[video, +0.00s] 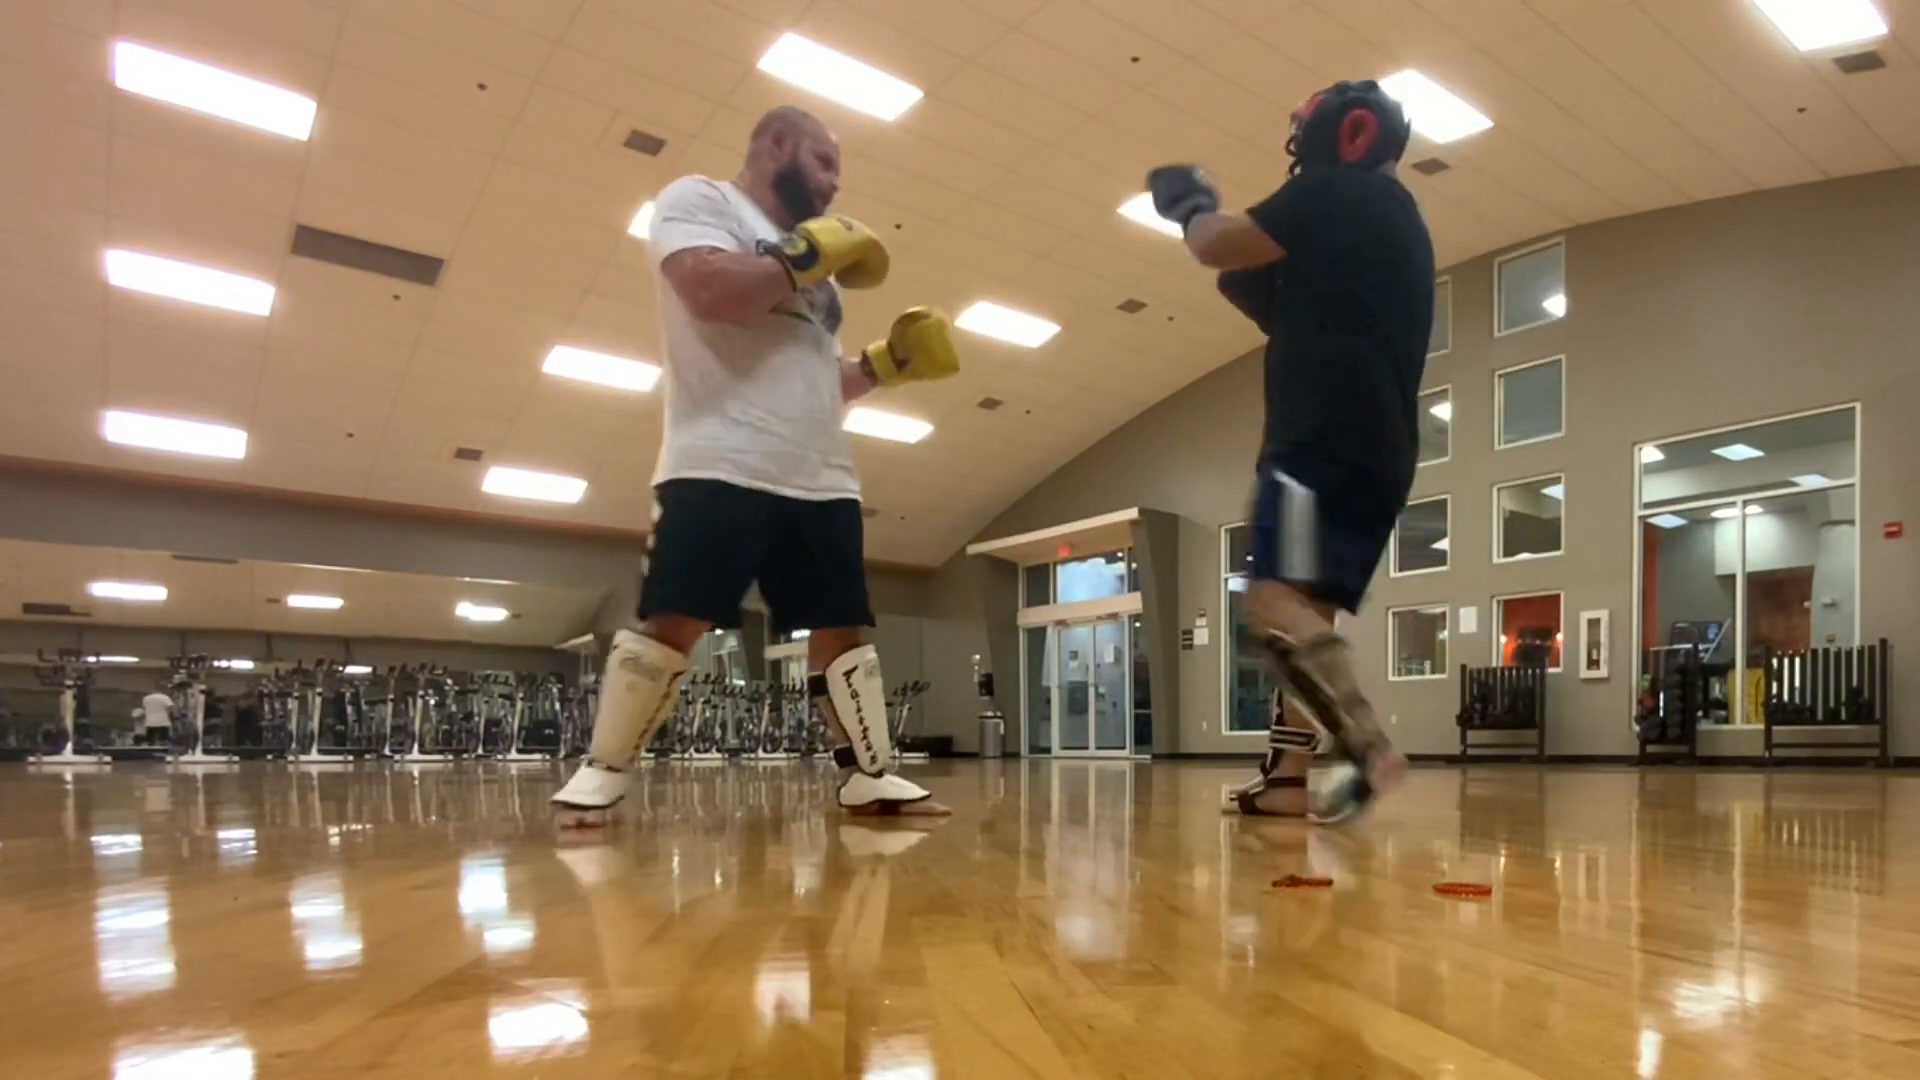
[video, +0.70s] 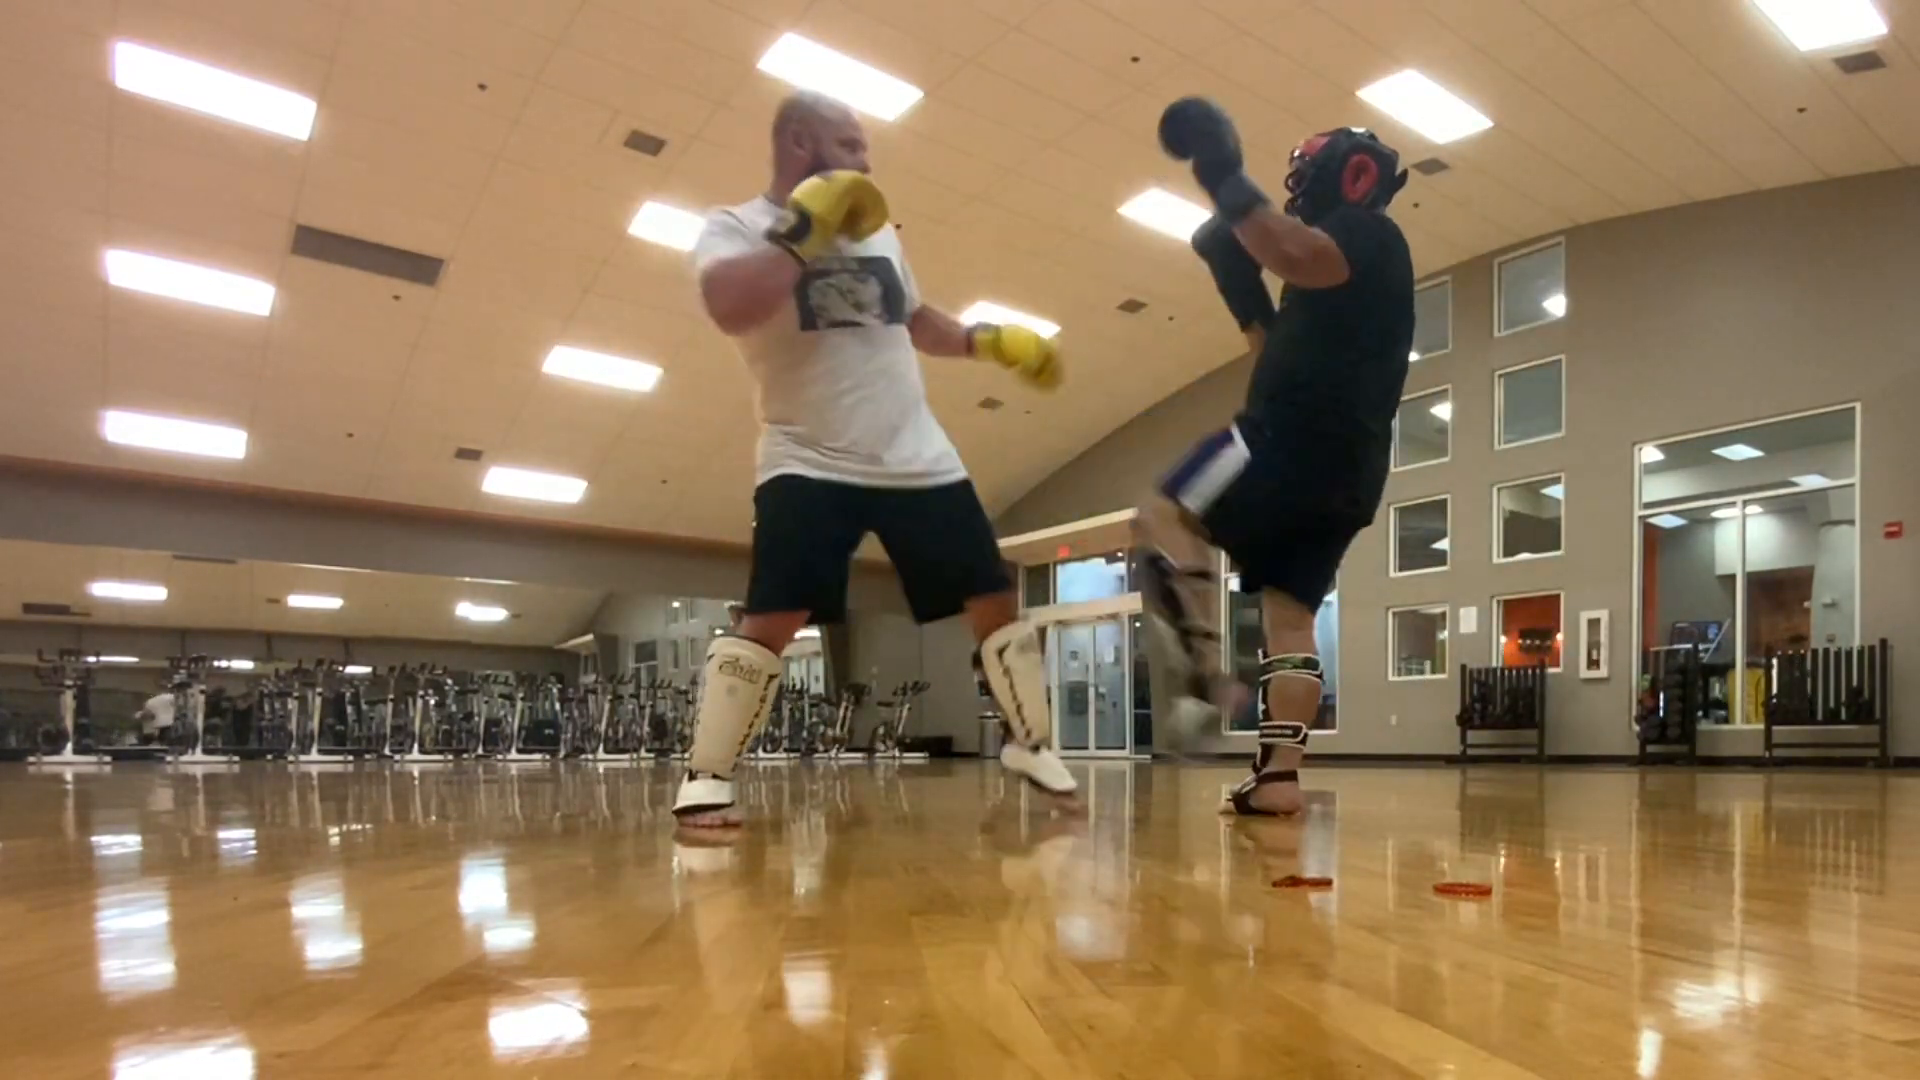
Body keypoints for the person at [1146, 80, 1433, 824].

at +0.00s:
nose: (1291, 140)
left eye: (1303, 125)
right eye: (1295, 129)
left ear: (1352, 130)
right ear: (1368, 140)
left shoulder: (1333, 192)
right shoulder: (1395, 215)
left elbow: (1216, 245)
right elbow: (1308, 321)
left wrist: (1192, 202)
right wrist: (1228, 262)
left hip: (1322, 423)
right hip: (1379, 434)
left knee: (1273, 596)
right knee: (1310, 606)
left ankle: (1371, 750)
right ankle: (1291, 777)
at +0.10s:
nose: (1291, 150)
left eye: (1302, 136)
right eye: (1295, 137)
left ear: (1345, 142)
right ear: (1364, 150)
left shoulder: (1338, 207)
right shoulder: (1387, 226)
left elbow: (1228, 274)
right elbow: (1287, 324)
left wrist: (1144, 253)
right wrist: (1233, 265)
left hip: (1299, 416)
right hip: (1363, 446)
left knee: (1163, 488)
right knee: (1295, 607)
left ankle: (1254, 617)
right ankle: (1288, 778)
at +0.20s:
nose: (1284, 148)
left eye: (1300, 136)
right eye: (1291, 137)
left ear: (1344, 153)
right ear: (1349, 158)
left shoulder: (1342, 211)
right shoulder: (1363, 231)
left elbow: (1280, 288)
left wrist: (1161, 304)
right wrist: (1251, 268)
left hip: (1283, 411)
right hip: (1330, 452)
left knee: (1134, 363)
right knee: (1283, 609)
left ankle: (1105, 511)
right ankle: (1285, 781)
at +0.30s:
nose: (1280, 167)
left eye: (1294, 156)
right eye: (1285, 156)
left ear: (1339, 166)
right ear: (1346, 170)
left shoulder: (1344, 216)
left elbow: (1331, 286)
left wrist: (1223, 324)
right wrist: (1171, 313)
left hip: (1263, 407)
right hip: (1308, 457)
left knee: (1115, 346)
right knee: (1272, 609)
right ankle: (1283, 780)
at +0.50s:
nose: (1289, 197)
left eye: (1302, 182)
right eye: (1292, 184)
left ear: (1342, 182)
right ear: (1358, 189)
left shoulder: (1359, 231)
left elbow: (1345, 290)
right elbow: (1289, 367)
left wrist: (1256, 276)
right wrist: (1226, 302)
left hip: (1260, 413)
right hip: (1309, 465)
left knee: (1095, 419)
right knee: (1267, 611)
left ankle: (948, 467)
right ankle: (1278, 781)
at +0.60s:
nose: (1290, 179)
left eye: (1304, 167)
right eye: (1293, 170)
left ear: (1349, 174)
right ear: (1355, 180)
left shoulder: (1366, 232)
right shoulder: (1324, 255)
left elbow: (1325, 279)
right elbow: (1301, 359)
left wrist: (1218, 223)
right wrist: (1248, 319)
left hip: (1274, 421)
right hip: (1318, 460)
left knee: (1121, 433)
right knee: (1273, 604)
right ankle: (1277, 780)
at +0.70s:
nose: (1294, 189)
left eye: (1308, 173)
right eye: (1296, 177)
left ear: (1355, 176)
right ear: (1361, 182)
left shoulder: (1367, 229)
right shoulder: (1351, 261)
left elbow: (1302, 257)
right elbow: (1287, 358)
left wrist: (1226, 177)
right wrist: (1237, 283)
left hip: (1296, 433)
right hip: (1349, 458)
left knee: (1167, 518)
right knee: (1289, 608)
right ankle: (1280, 778)